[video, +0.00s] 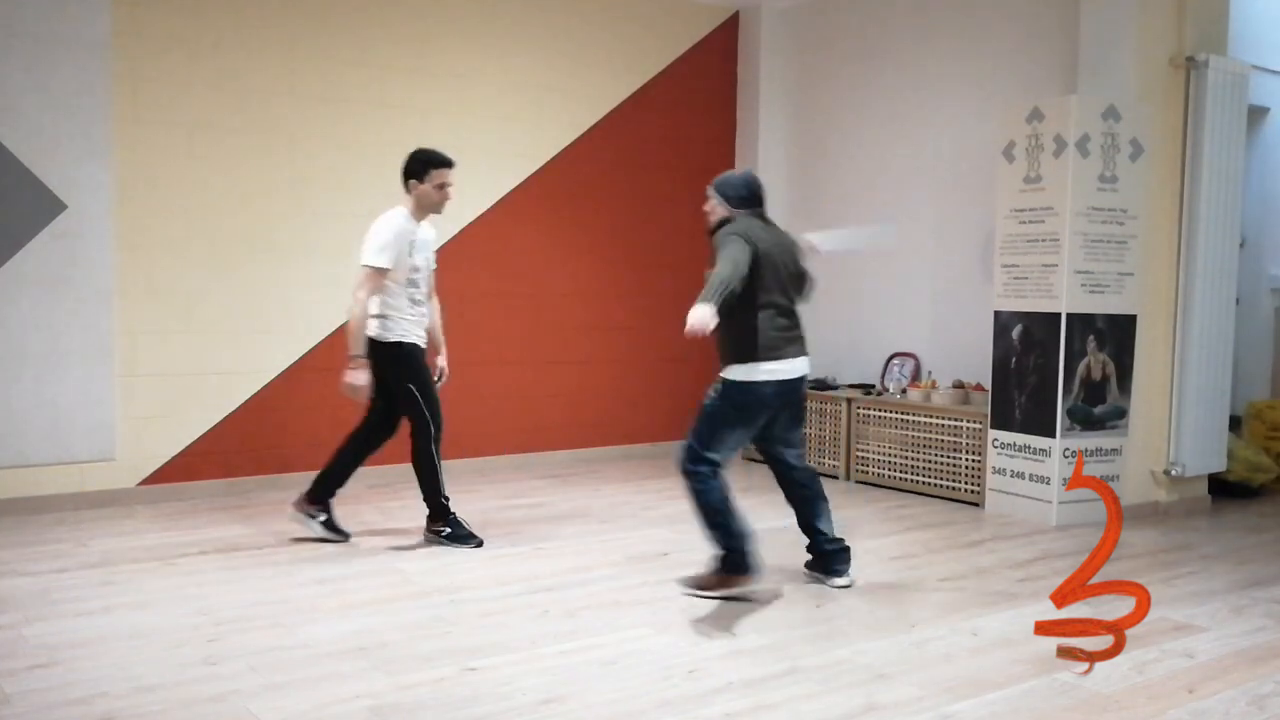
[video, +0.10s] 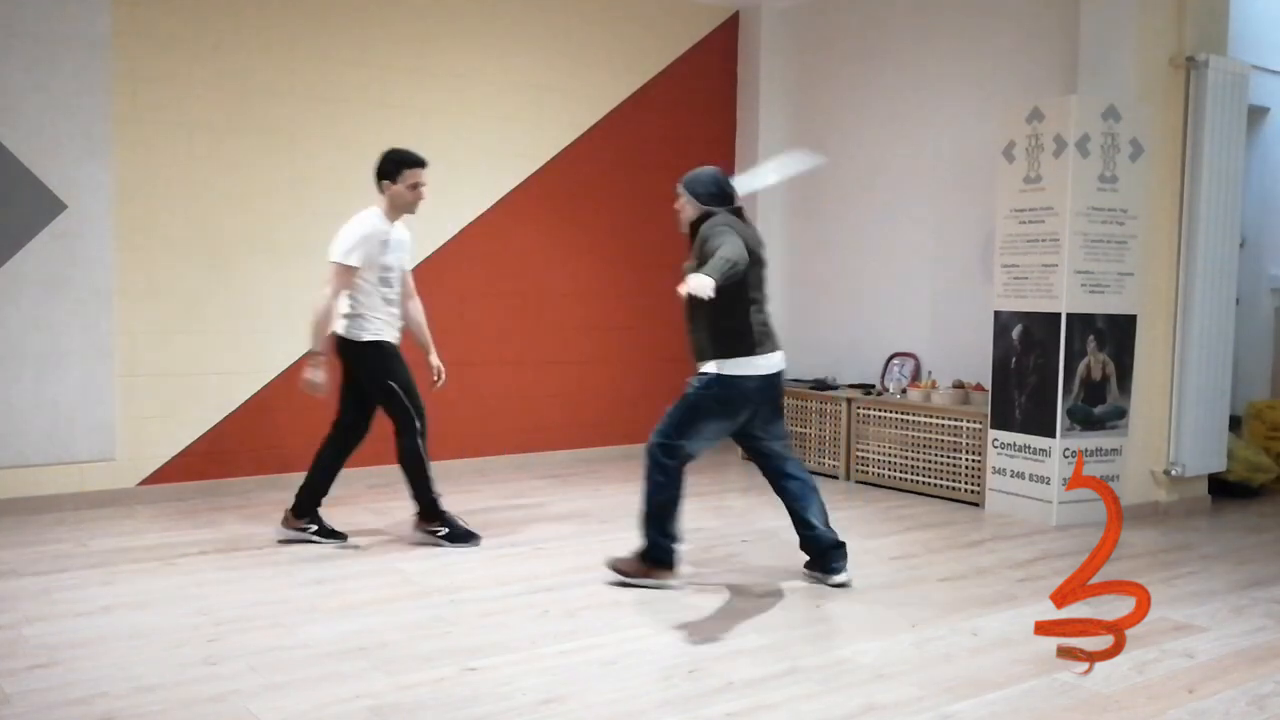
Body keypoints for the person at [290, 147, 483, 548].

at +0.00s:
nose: (448, 194)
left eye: (449, 186)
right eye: (441, 186)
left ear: (426, 187)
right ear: (415, 186)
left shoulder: (427, 232)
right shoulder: (392, 226)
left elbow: (430, 297)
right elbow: (362, 293)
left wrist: (439, 348)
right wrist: (356, 359)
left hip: (410, 346)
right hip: (390, 345)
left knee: (378, 428)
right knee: (429, 423)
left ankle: (314, 501)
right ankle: (440, 518)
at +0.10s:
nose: (422, 193)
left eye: (423, 185)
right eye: (414, 185)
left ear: (407, 189)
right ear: (388, 186)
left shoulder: (401, 234)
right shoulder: (363, 230)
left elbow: (409, 298)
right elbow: (332, 292)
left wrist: (430, 350)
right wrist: (317, 352)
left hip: (379, 344)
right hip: (364, 344)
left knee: (349, 428)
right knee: (410, 417)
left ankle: (301, 513)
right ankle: (430, 515)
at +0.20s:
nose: (392, 192)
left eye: (394, 184)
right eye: (384, 184)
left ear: (386, 186)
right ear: (358, 185)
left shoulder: (380, 233)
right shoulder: (331, 230)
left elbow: (395, 298)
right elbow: (300, 297)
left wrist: (421, 351)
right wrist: (289, 361)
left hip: (356, 344)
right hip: (335, 343)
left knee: (333, 434)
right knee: (388, 415)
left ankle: (297, 519)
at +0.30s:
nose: (361, 191)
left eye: (362, 183)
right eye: (353, 184)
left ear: (359, 185)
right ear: (326, 184)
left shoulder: (358, 229)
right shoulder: (302, 232)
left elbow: (377, 294)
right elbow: (279, 297)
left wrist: (403, 347)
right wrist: (286, 357)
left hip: (348, 354)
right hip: (316, 353)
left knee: (350, 434)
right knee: (330, 433)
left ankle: (299, 518)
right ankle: (243, 491)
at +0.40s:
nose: (336, 209)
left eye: (338, 201)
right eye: (328, 201)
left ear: (337, 202)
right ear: (301, 202)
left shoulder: (337, 250)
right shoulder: (278, 251)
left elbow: (357, 313)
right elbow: (262, 315)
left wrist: (387, 362)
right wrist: (296, 364)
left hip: (333, 372)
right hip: (293, 375)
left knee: (370, 432)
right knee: (267, 455)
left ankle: (310, 506)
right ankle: (186, 504)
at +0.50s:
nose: (332, 235)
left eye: (334, 226)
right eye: (325, 226)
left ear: (334, 225)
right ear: (298, 225)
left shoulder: (326, 273)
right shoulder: (268, 274)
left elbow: (341, 338)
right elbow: (266, 340)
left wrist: (362, 390)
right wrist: (309, 383)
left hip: (321, 383)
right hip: (281, 390)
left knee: (380, 422)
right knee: (269, 473)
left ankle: (336, 504)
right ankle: (183, 506)